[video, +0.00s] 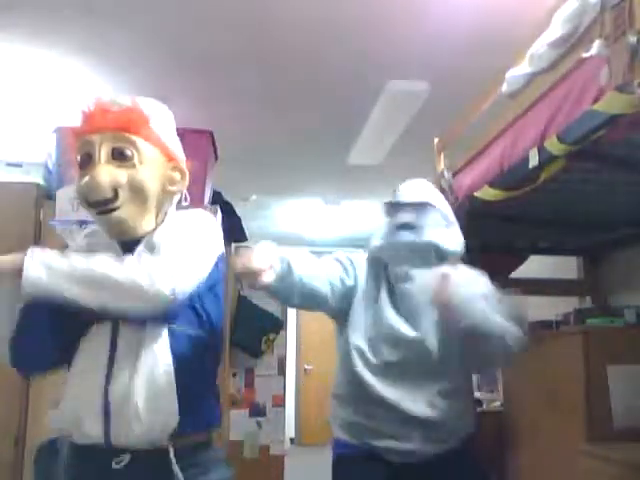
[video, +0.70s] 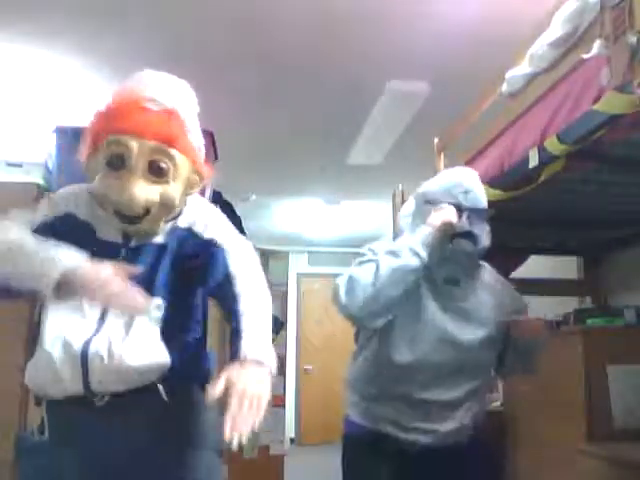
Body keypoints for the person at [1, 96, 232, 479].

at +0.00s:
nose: (96, 181)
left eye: (122, 156)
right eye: (86, 162)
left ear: (175, 179)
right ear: (78, 179)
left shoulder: (198, 228)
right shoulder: (85, 249)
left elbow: (158, 290)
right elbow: (30, 357)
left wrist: (28, 266)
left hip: (177, 461)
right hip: (83, 462)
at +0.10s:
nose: (96, 188)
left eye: (121, 163)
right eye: (85, 168)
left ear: (175, 185)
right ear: (76, 185)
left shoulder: (197, 234)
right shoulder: (80, 256)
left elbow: (158, 311)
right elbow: (51, 381)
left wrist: (38, 315)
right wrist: (27, 324)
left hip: (178, 463)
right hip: (86, 463)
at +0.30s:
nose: (99, 194)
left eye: (123, 169)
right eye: (85, 173)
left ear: (175, 180)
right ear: (73, 187)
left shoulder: (195, 228)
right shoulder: (81, 247)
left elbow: (176, 334)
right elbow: (47, 336)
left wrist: (110, 424)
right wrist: (21, 401)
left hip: (177, 444)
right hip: (75, 442)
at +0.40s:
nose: (100, 196)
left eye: (125, 170)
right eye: (85, 174)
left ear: (174, 181)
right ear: (73, 185)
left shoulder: (196, 227)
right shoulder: (76, 241)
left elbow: (189, 333)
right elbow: (41, 323)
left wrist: (146, 426)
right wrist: (22, 394)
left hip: (174, 420)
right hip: (71, 422)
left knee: (200, 463)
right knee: (48, 466)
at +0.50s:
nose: (110, 198)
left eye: (134, 174)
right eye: (94, 173)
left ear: (181, 184)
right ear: (79, 180)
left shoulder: (193, 252)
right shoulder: (74, 258)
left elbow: (205, 332)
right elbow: (22, 323)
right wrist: (42, 371)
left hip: (161, 425)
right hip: (76, 426)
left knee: (195, 462)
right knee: (37, 457)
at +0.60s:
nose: (118, 198)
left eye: (143, 175)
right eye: (103, 173)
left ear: (183, 185)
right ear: (85, 178)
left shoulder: (197, 240)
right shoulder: (72, 236)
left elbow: (211, 324)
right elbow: (15, 294)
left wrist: (223, 400)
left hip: (164, 418)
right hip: (75, 415)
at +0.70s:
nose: (131, 187)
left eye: (157, 169)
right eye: (116, 162)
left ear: (191, 182)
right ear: (91, 164)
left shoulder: (201, 229)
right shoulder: (69, 217)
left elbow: (248, 291)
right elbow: (8, 243)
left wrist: (255, 362)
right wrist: (73, 272)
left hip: (168, 414)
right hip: (73, 414)